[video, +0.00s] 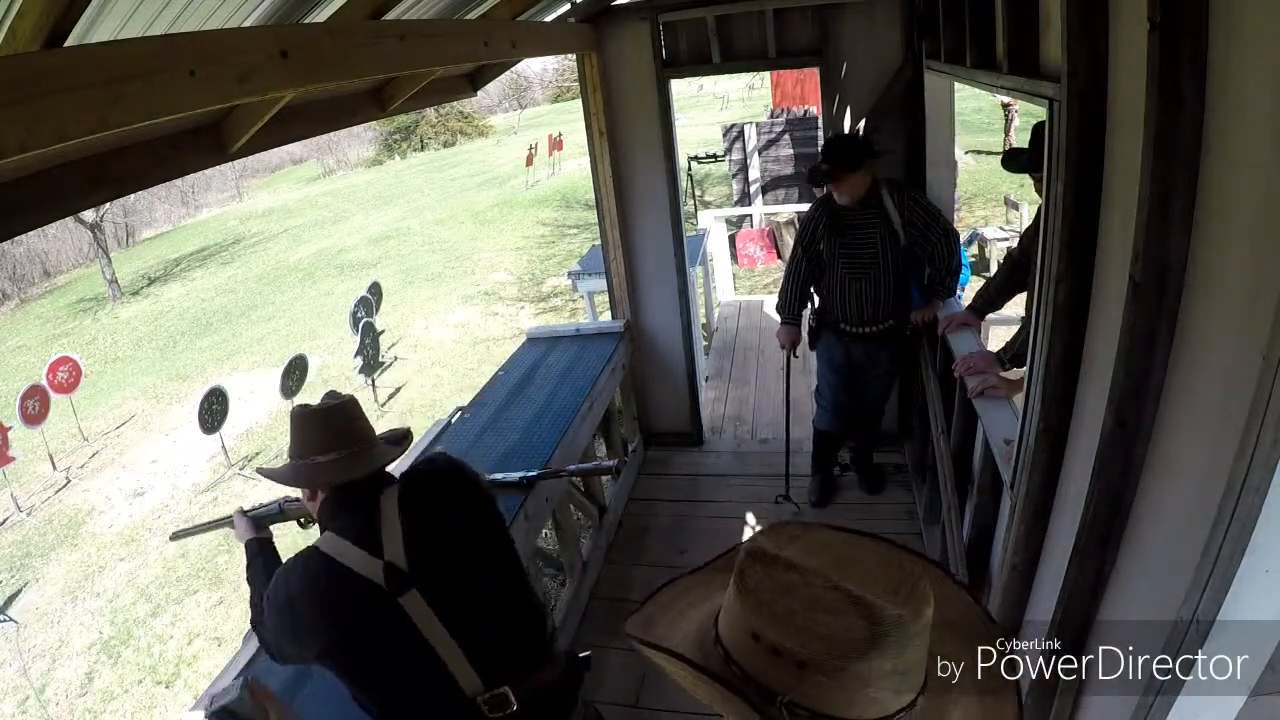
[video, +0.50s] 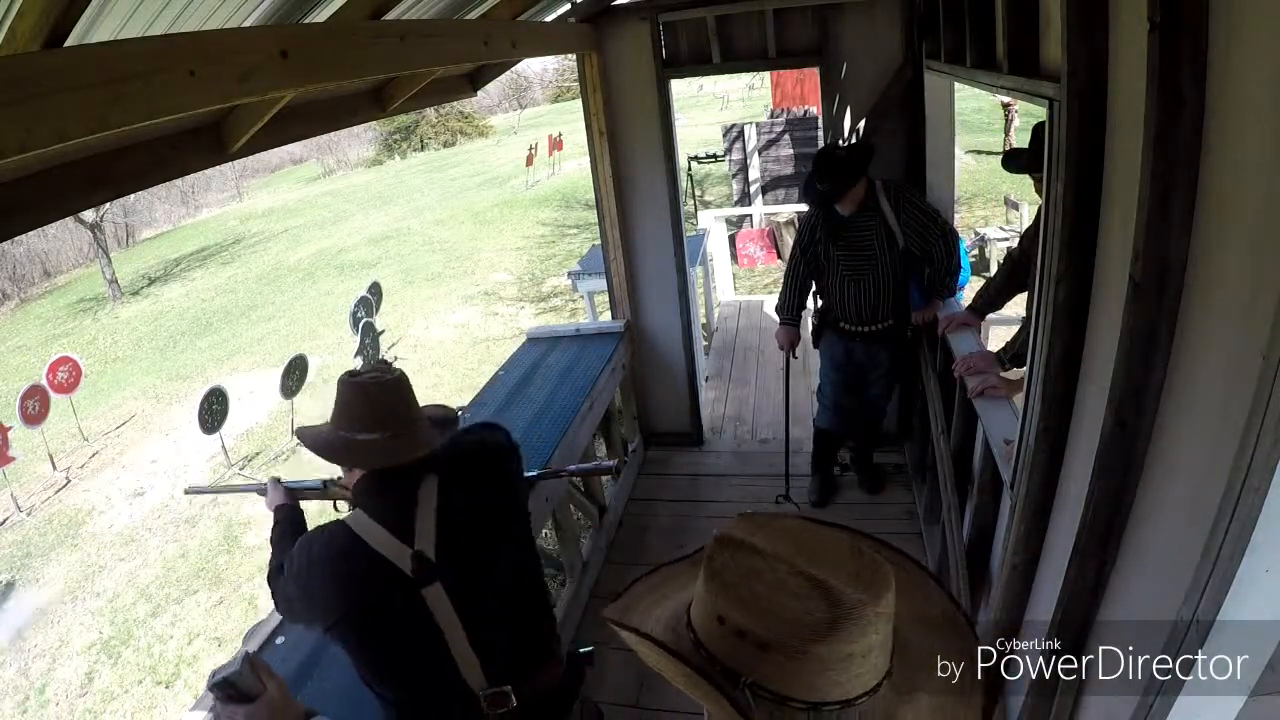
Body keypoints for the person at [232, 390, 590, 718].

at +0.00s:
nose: (302, 491)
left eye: (300, 482)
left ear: (312, 490)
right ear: (380, 458)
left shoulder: (306, 589)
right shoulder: (448, 479)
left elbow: (278, 636)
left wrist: (254, 543)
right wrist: (333, 502)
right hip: (546, 683)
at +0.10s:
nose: (308, 485)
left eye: (308, 477)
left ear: (320, 484)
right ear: (387, 455)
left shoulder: (307, 581)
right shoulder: (458, 479)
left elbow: (276, 621)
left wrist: (263, 531)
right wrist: (344, 492)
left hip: (440, 719)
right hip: (547, 687)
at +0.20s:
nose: (311, 481)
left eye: (314, 473)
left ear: (325, 481)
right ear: (393, 451)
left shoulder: (310, 577)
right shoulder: (464, 478)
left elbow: (283, 622)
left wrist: (276, 528)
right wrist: (354, 487)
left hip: (439, 716)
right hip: (547, 683)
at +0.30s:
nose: (321, 482)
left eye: (322, 474)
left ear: (334, 480)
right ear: (403, 453)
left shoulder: (316, 573)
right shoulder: (476, 481)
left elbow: (287, 610)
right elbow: (513, 484)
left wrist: (281, 517)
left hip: (434, 717)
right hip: (547, 690)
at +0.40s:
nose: (329, 472)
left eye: (331, 466)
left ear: (343, 475)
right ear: (416, 448)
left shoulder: (322, 567)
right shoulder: (490, 483)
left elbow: (291, 601)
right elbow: (508, 461)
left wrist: (286, 513)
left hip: (435, 716)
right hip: (546, 689)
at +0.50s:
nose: (342, 465)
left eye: (342, 457)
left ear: (351, 466)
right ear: (421, 435)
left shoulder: (325, 559)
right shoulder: (488, 464)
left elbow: (287, 591)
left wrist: (282, 510)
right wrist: (380, 476)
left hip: (435, 715)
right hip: (546, 685)